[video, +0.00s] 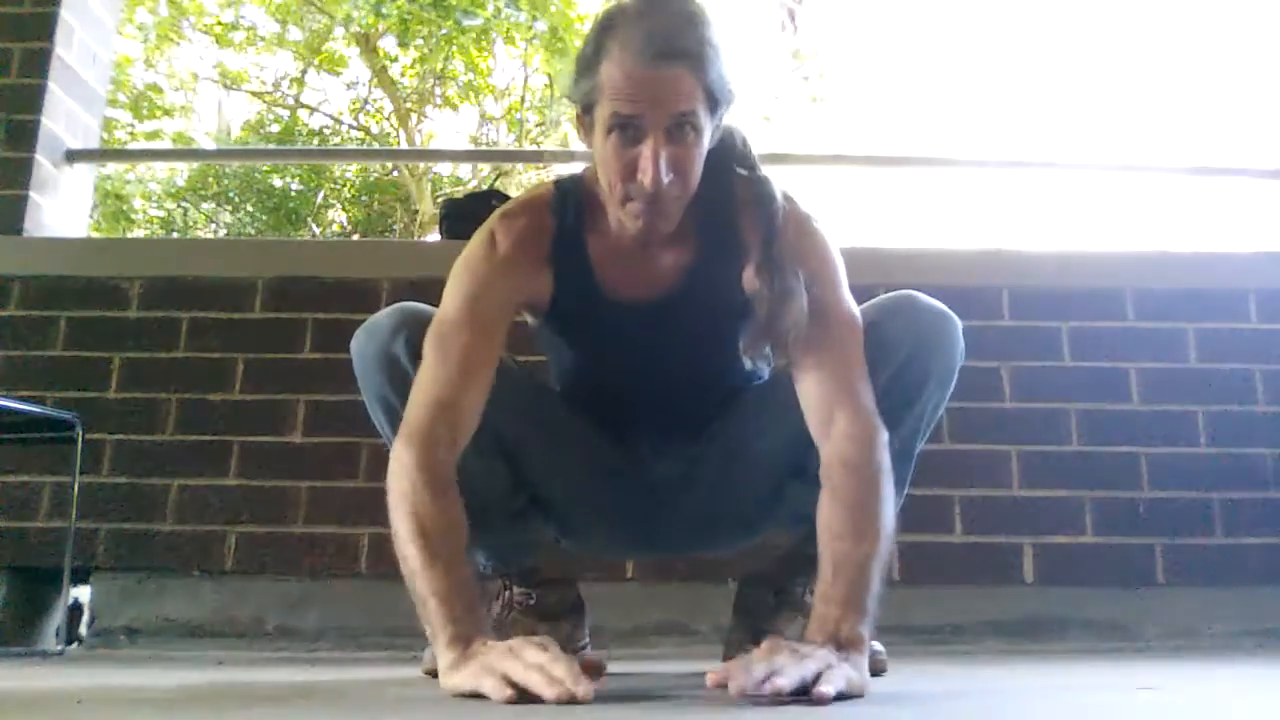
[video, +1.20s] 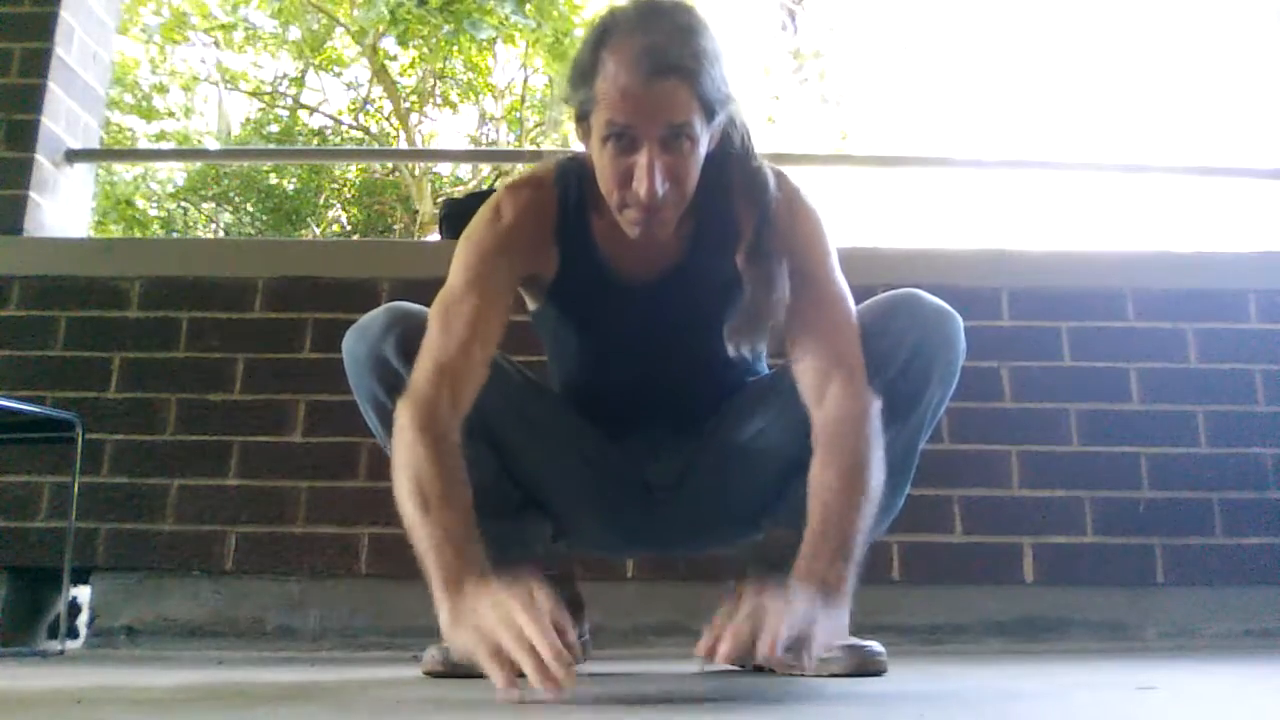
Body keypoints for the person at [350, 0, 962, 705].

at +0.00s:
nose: (653, 168)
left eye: (682, 131)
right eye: (625, 131)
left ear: (716, 126)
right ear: (584, 129)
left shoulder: (778, 235)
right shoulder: (517, 242)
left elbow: (851, 435)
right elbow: (420, 455)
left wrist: (838, 639)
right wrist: (459, 647)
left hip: (734, 478)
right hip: (587, 479)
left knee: (922, 328)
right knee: (391, 339)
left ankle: (778, 619)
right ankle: (542, 613)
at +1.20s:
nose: (647, 178)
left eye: (677, 142)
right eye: (619, 141)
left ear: (717, 129)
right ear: (584, 130)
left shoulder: (772, 210)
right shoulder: (521, 217)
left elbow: (839, 390)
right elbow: (426, 419)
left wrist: (819, 586)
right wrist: (464, 591)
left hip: (729, 472)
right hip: (584, 473)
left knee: (923, 325)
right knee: (381, 339)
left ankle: (792, 608)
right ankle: (520, 606)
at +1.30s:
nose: (648, 174)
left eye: (677, 139)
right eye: (621, 138)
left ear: (717, 126)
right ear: (584, 126)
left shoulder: (770, 201)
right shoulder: (525, 209)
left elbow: (852, 371)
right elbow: (412, 399)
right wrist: (446, 496)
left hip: (728, 479)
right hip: (584, 476)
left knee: (929, 327)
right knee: (377, 341)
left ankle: (783, 607)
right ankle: (536, 604)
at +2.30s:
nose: (648, 91)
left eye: (678, 45)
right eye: (613, 51)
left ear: (720, 31)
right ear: (568, 41)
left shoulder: (781, 111)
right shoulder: (511, 109)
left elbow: (835, 311)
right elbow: (425, 316)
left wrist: (827, 536)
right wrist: (414, 557)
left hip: (737, 401)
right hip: (578, 402)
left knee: (952, 361)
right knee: (352, 377)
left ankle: (796, 581)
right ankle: (534, 577)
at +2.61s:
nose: (618, 22)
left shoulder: (790, 14)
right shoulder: (462, 14)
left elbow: (823, 241)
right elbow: (403, 260)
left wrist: (807, 549)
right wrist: (408, 560)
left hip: (739, 306)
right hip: (562, 304)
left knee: (939, 406)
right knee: (330, 420)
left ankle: (792, 571)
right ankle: (516, 551)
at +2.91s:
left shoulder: (786, 13)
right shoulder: (396, 10)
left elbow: (812, 219)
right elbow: (368, 232)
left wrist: (795, 557)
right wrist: (366, 562)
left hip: (735, 205)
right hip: (555, 203)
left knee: (895, 482)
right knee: (353, 409)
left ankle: (891, 552)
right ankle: (528, 561)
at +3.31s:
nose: (620, 69)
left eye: (655, 45)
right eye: (606, 53)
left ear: (721, 6)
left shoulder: (812, 11)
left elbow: (846, 200)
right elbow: (375, 239)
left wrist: (843, 533)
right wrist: (364, 560)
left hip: (749, 209)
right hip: (556, 202)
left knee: (848, 460)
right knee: (413, 505)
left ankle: (937, 539)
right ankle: (491, 524)